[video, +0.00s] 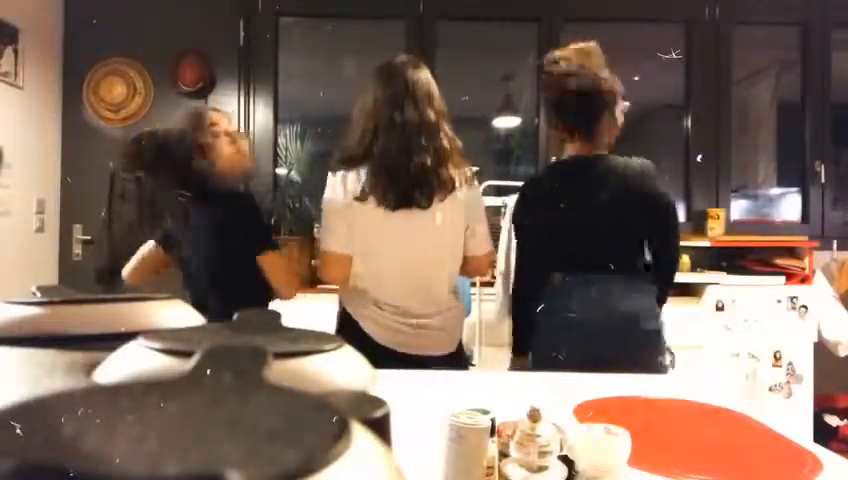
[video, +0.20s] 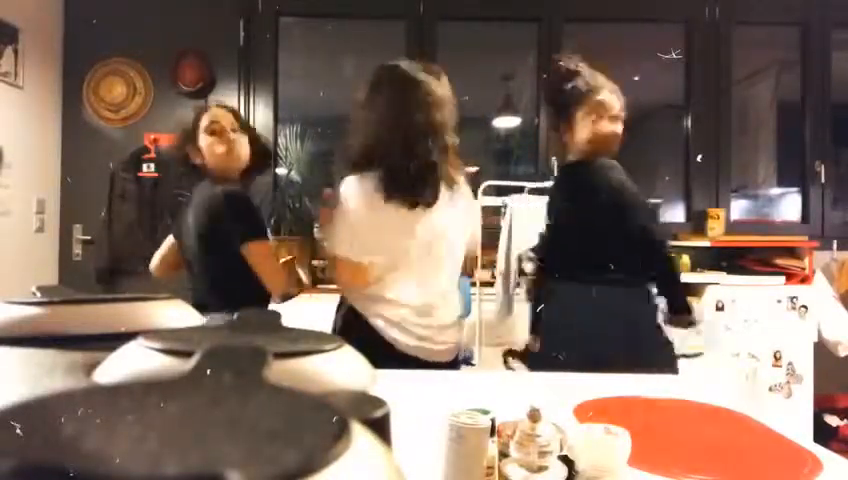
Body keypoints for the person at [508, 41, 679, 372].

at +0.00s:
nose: (623, 113)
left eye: (621, 105)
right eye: (620, 106)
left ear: (557, 122)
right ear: (608, 118)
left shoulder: (535, 190)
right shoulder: (639, 177)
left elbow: (528, 277)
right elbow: (667, 254)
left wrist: (521, 348)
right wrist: (647, 308)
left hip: (556, 339)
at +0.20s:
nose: (615, 129)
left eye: (618, 120)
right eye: (605, 119)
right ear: (574, 124)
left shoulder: (565, 178)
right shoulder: (608, 176)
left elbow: (551, 253)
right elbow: (648, 242)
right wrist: (678, 303)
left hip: (567, 298)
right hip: (618, 303)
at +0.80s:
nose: (591, 138)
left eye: (602, 129)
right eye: (580, 126)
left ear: (614, 135)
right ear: (562, 131)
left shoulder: (593, 176)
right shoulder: (584, 176)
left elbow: (619, 267)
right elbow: (575, 266)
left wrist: (662, 321)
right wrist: (583, 346)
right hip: (610, 318)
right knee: (661, 405)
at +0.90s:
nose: (589, 145)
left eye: (600, 135)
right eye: (579, 133)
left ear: (612, 139)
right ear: (561, 135)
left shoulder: (591, 184)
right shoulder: (584, 184)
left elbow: (610, 274)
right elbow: (577, 275)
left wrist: (647, 329)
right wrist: (583, 359)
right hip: (600, 330)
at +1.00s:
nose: (593, 140)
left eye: (603, 129)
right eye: (582, 128)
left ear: (614, 131)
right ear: (562, 130)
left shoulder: (568, 177)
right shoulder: (588, 181)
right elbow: (585, 275)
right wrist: (588, 355)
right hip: (607, 313)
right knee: (652, 381)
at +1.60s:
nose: (607, 142)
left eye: (615, 131)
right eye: (594, 130)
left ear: (623, 134)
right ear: (566, 132)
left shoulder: (564, 190)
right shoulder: (596, 196)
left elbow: (570, 272)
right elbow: (603, 283)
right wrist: (637, 356)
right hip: (597, 335)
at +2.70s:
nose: (605, 138)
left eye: (608, 128)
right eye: (591, 128)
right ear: (560, 133)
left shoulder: (547, 180)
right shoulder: (592, 176)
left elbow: (556, 259)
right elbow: (629, 258)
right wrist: (653, 331)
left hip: (550, 307)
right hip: (596, 314)